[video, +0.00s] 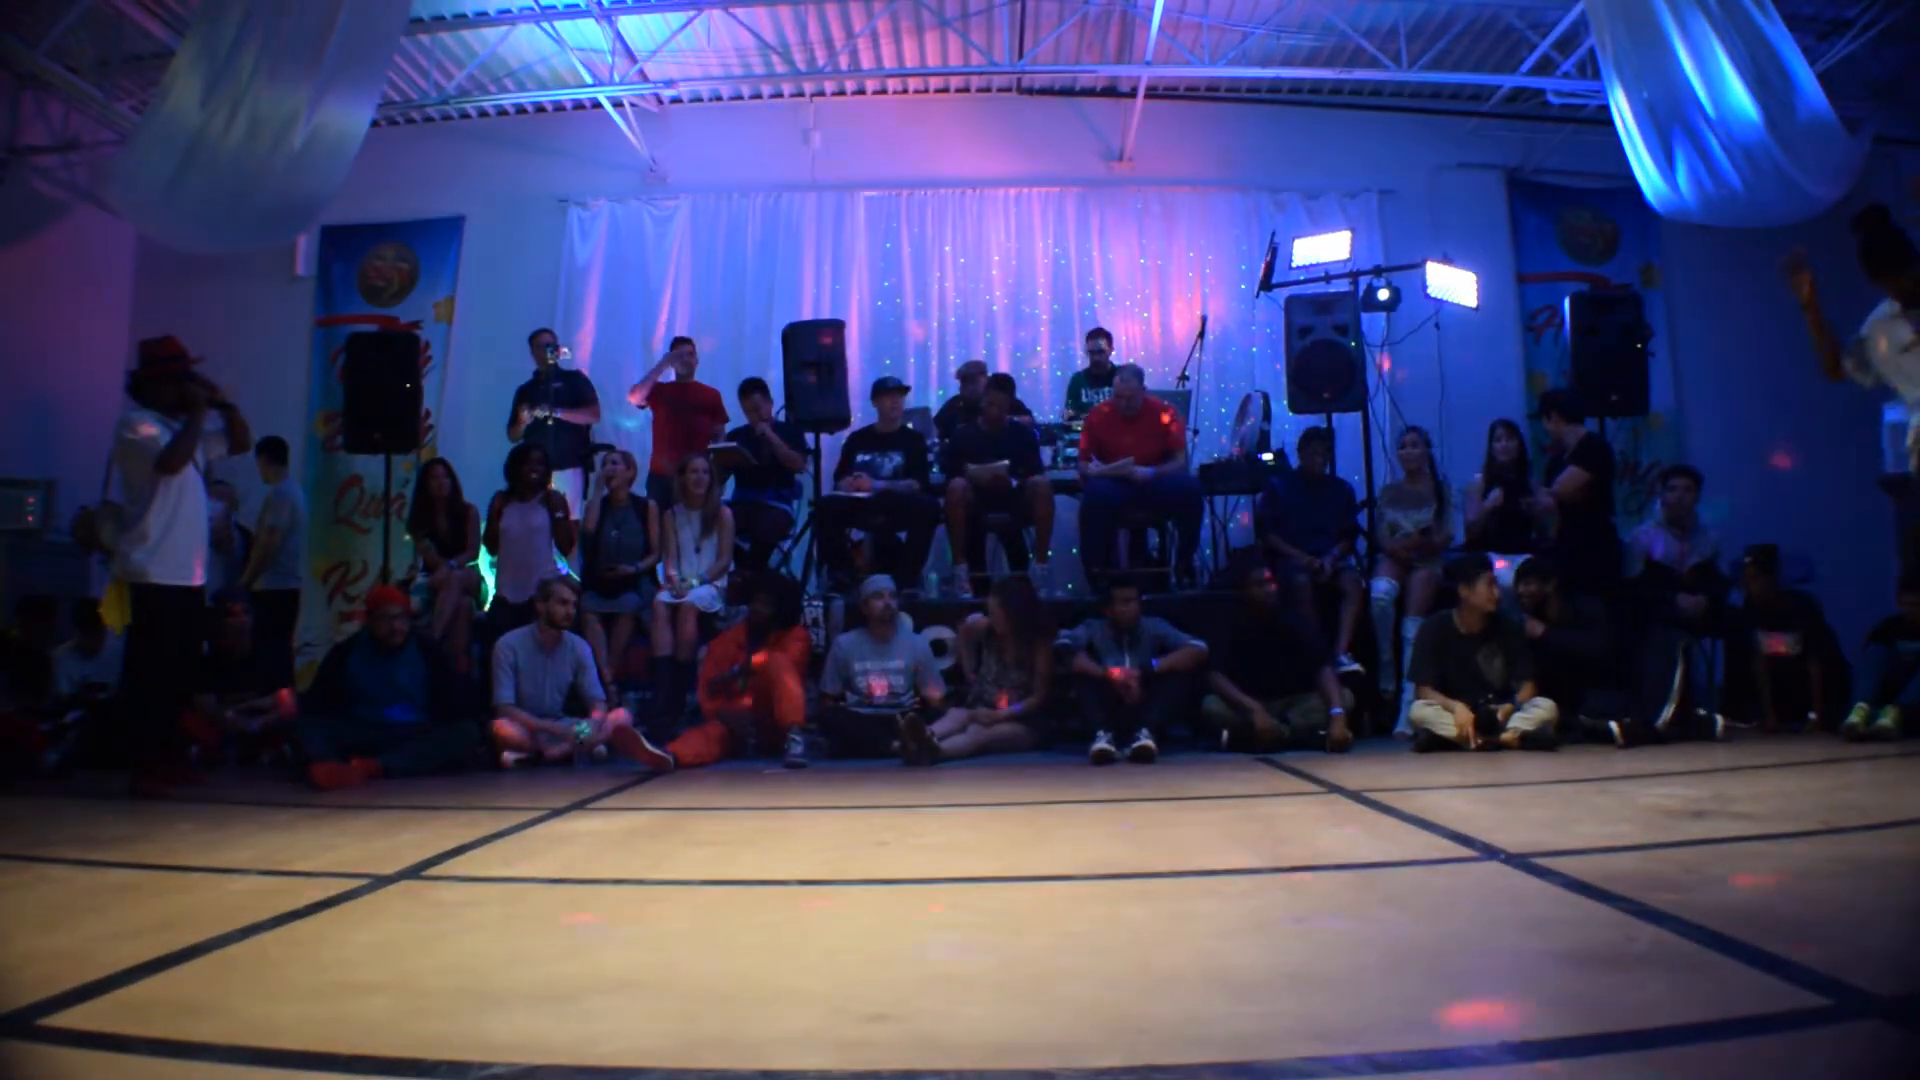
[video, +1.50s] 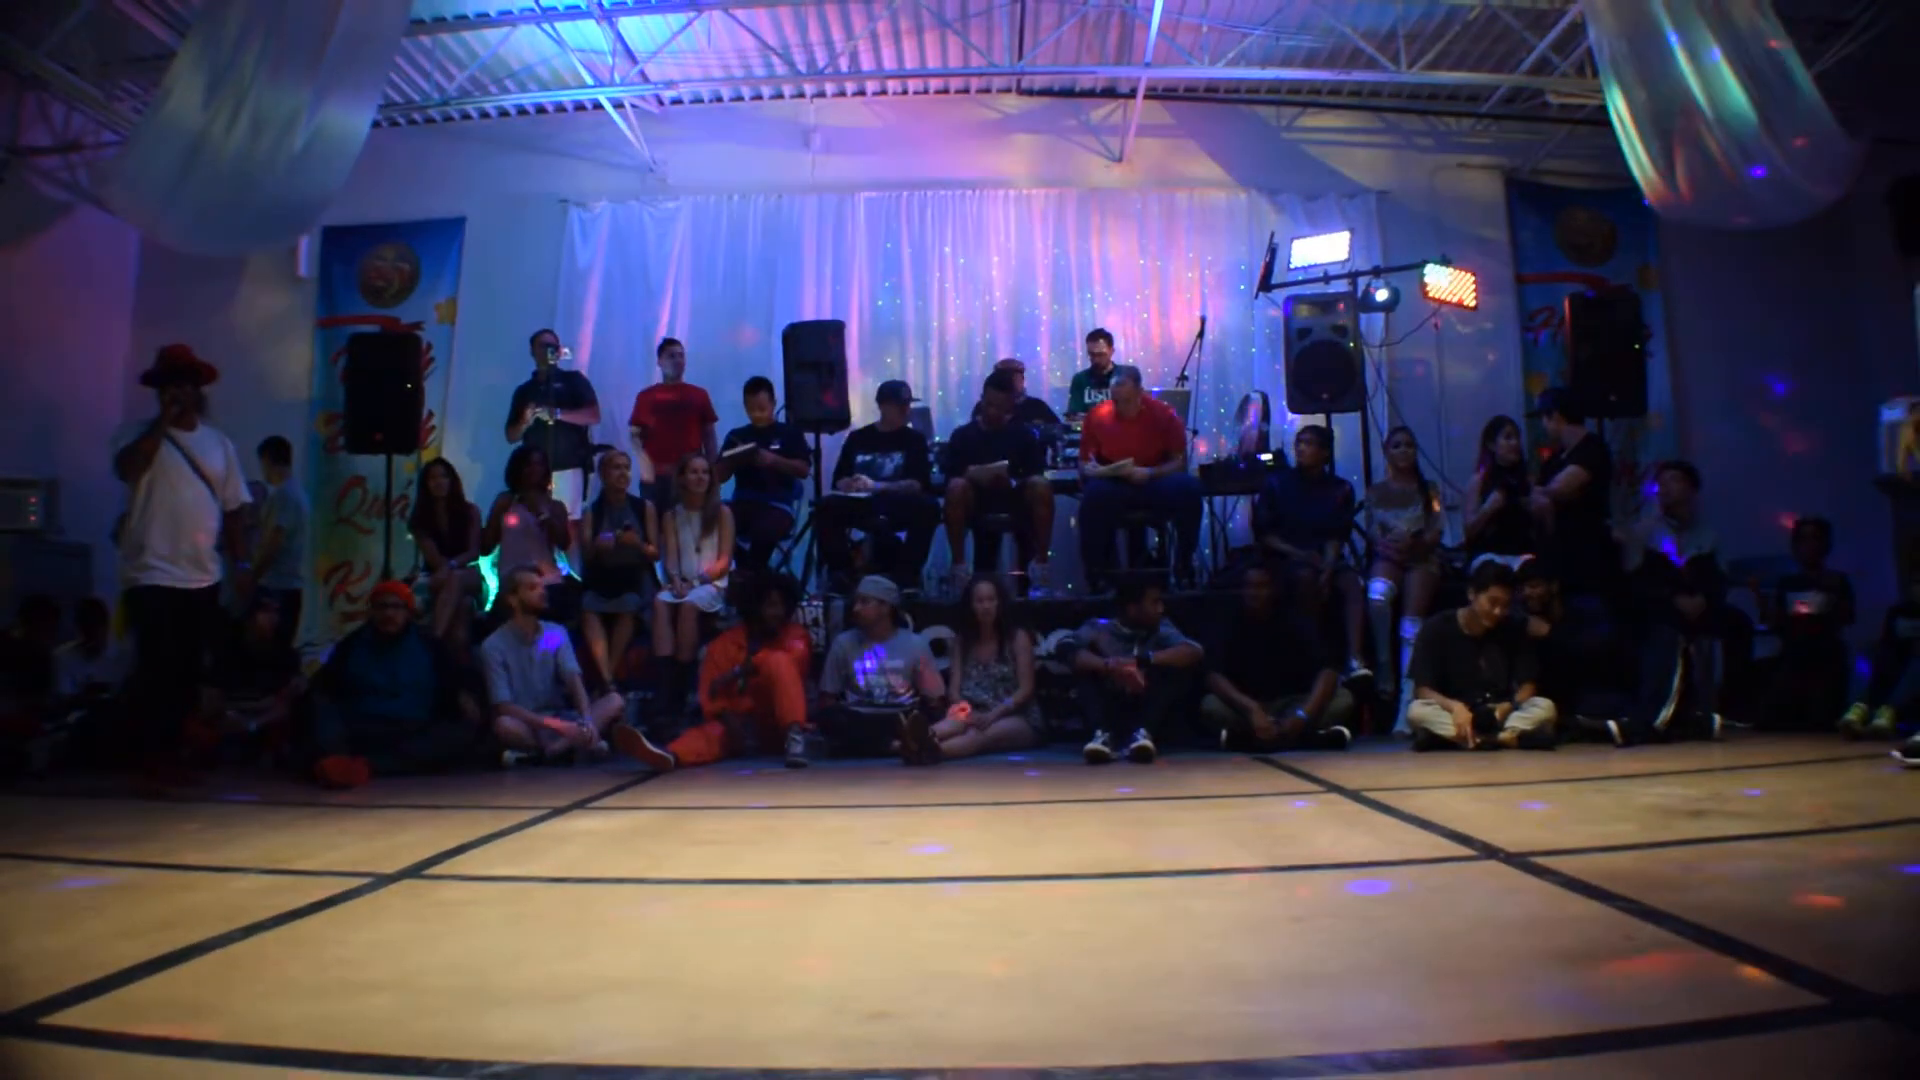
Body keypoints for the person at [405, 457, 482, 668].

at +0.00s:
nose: (440, 483)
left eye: (444, 477)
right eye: (434, 479)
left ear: (452, 481)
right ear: (425, 484)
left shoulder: (468, 512)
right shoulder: (420, 515)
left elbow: (473, 551)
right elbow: (426, 552)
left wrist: (451, 563)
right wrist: (448, 568)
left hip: (467, 571)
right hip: (435, 575)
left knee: (453, 578)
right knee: (464, 603)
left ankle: (434, 636)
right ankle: (458, 664)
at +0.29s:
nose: (440, 483)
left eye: (444, 477)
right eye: (434, 478)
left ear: (452, 481)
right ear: (425, 484)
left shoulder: (468, 511)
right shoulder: (420, 514)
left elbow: (472, 550)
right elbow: (425, 549)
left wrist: (452, 564)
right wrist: (445, 567)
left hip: (467, 572)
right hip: (436, 575)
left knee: (453, 577)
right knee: (461, 603)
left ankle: (434, 636)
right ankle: (458, 671)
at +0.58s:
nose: (439, 483)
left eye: (444, 477)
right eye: (433, 479)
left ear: (451, 481)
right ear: (425, 484)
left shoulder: (468, 511)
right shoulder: (421, 513)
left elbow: (472, 551)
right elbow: (425, 550)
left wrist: (450, 565)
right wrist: (446, 568)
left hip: (467, 571)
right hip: (435, 574)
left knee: (453, 578)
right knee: (462, 602)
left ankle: (434, 636)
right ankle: (457, 668)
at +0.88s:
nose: (439, 483)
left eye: (443, 477)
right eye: (433, 478)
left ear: (452, 481)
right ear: (425, 484)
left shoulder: (469, 512)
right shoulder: (421, 514)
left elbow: (473, 552)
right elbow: (427, 552)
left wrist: (450, 565)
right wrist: (448, 568)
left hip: (468, 572)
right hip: (435, 575)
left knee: (454, 578)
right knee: (463, 602)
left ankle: (434, 635)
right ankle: (457, 667)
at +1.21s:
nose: (437, 482)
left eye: (442, 477)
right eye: (431, 478)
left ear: (450, 480)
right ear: (423, 484)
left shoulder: (468, 511)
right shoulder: (418, 514)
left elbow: (472, 551)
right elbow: (426, 551)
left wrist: (449, 565)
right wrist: (448, 568)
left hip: (466, 571)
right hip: (433, 575)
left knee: (454, 578)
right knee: (462, 602)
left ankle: (433, 637)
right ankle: (456, 667)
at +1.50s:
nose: (439, 482)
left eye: (444, 476)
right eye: (433, 478)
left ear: (452, 480)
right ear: (425, 484)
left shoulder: (470, 511)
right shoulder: (421, 514)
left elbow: (474, 551)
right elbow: (430, 555)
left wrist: (450, 565)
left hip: (468, 571)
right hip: (436, 574)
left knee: (454, 579)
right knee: (464, 602)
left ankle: (435, 638)